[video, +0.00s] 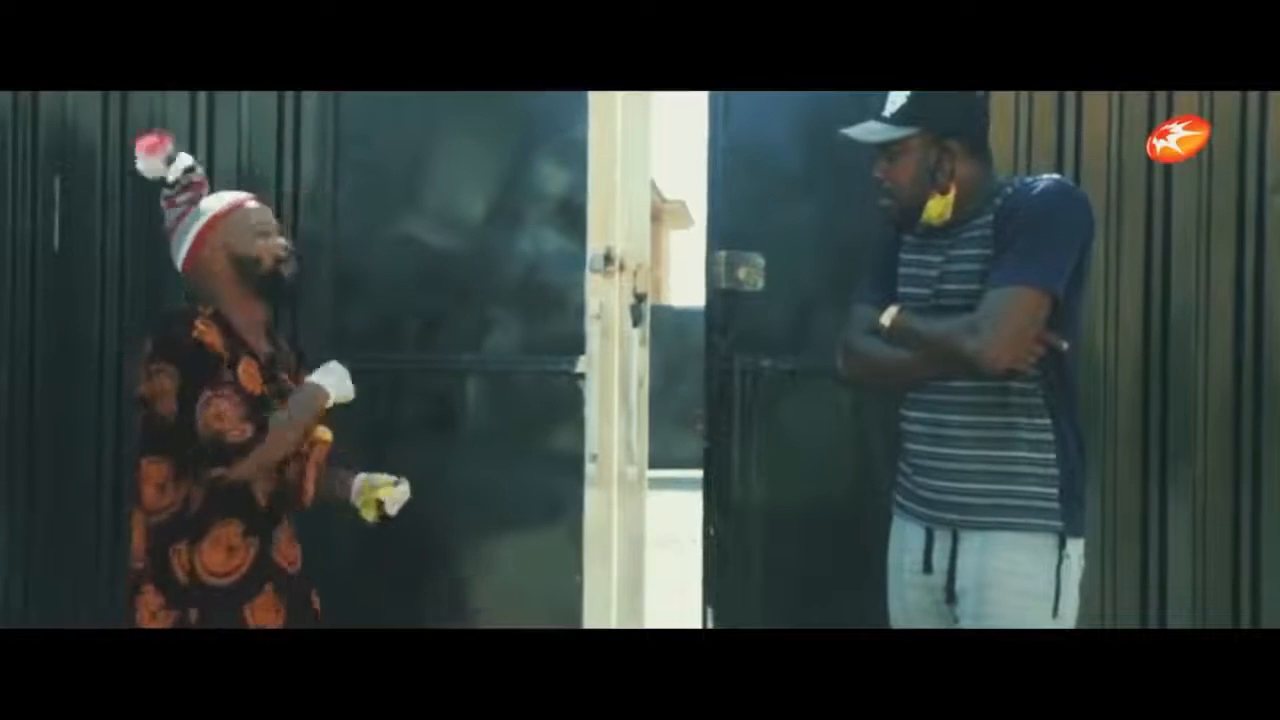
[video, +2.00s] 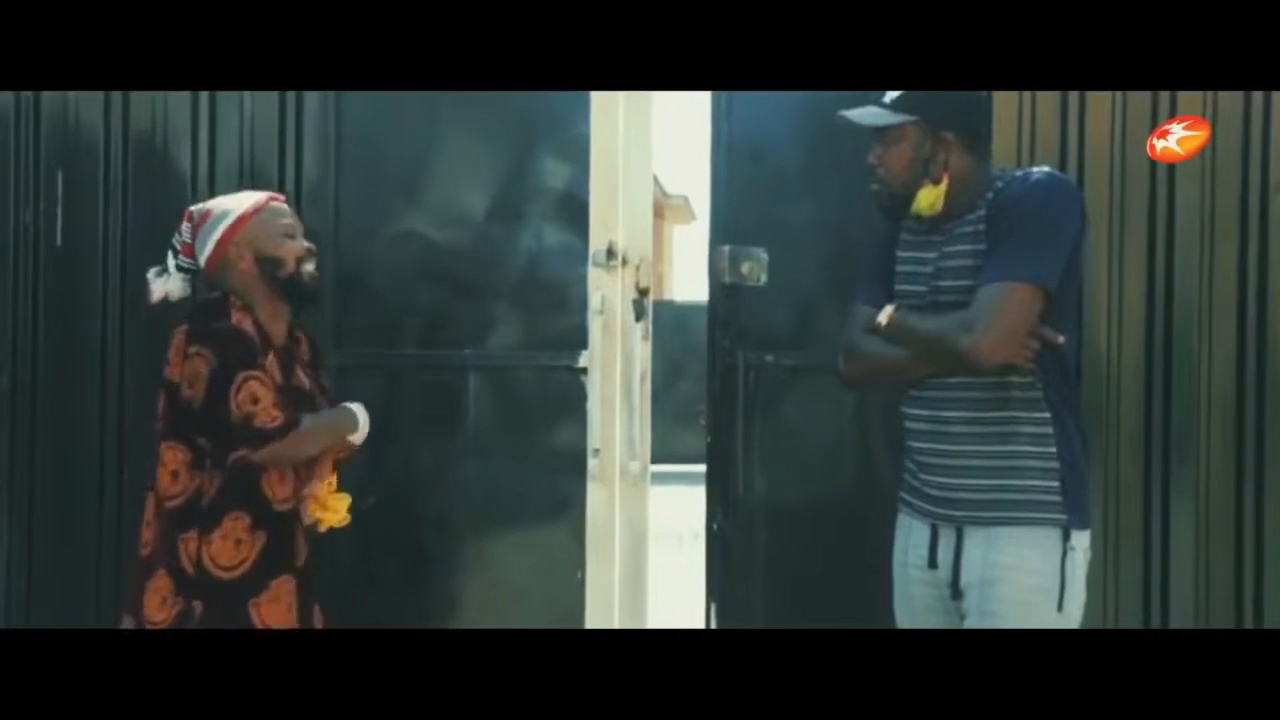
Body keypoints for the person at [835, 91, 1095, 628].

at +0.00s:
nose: (877, 174)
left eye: (893, 155)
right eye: (878, 156)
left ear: (950, 157)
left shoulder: (1047, 204)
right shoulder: (901, 228)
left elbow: (994, 348)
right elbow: (853, 358)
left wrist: (895, 321)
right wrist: (979, 344)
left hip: (1020, 527)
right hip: (917, 516)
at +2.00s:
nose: (872, 159)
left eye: (888, 142)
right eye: (873, 142)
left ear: (944, 145)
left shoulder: (1040, 196)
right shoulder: (901, 225)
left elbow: (989, 343)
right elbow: (853, 360)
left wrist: (889, 319)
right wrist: (977, 339)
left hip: (1025, 523)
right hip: (922, 513)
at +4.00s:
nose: (880, 159)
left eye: (897, 141)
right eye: (882, 142)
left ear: (954, 145)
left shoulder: (1048, 198)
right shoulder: (903, 223)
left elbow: (998, 345)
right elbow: (855, 362)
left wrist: (894, 318)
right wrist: (984, 342)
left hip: (1026, 522)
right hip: (922, 513)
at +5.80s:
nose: (941, 159)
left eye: (959, 142)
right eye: (943, 143)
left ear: (1016, 149)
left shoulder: (1097, 210)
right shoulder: (969, 230)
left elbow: (1012, 343)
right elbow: (891, 341)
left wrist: (925, 304)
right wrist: (1001, 342)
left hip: (1038, 536)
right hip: (933, 518)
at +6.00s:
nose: (989, 155)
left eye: (1007, 137)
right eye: (990, 137)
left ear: (1064, 144)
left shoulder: (1152, 206)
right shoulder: (998, 226)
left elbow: (1079, 339)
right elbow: (928, 340)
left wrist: (974, 302)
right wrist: (1052, 335)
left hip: (1088, 533)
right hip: (973, 519)